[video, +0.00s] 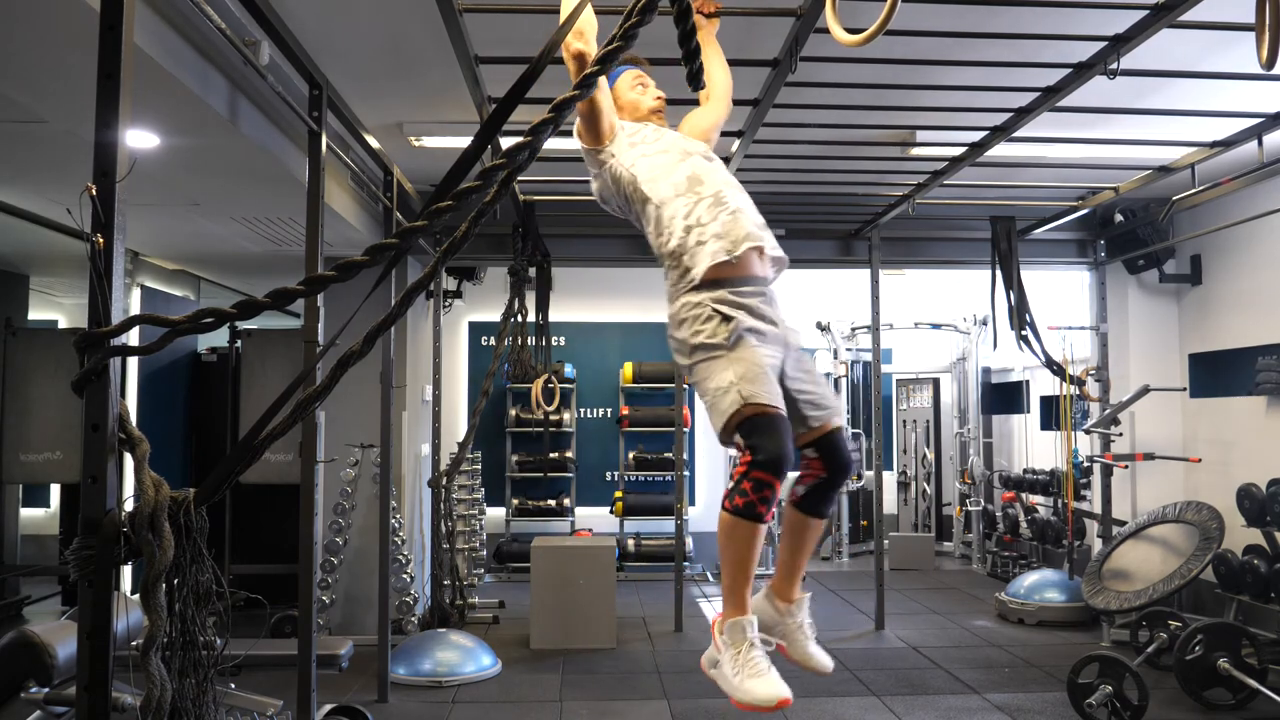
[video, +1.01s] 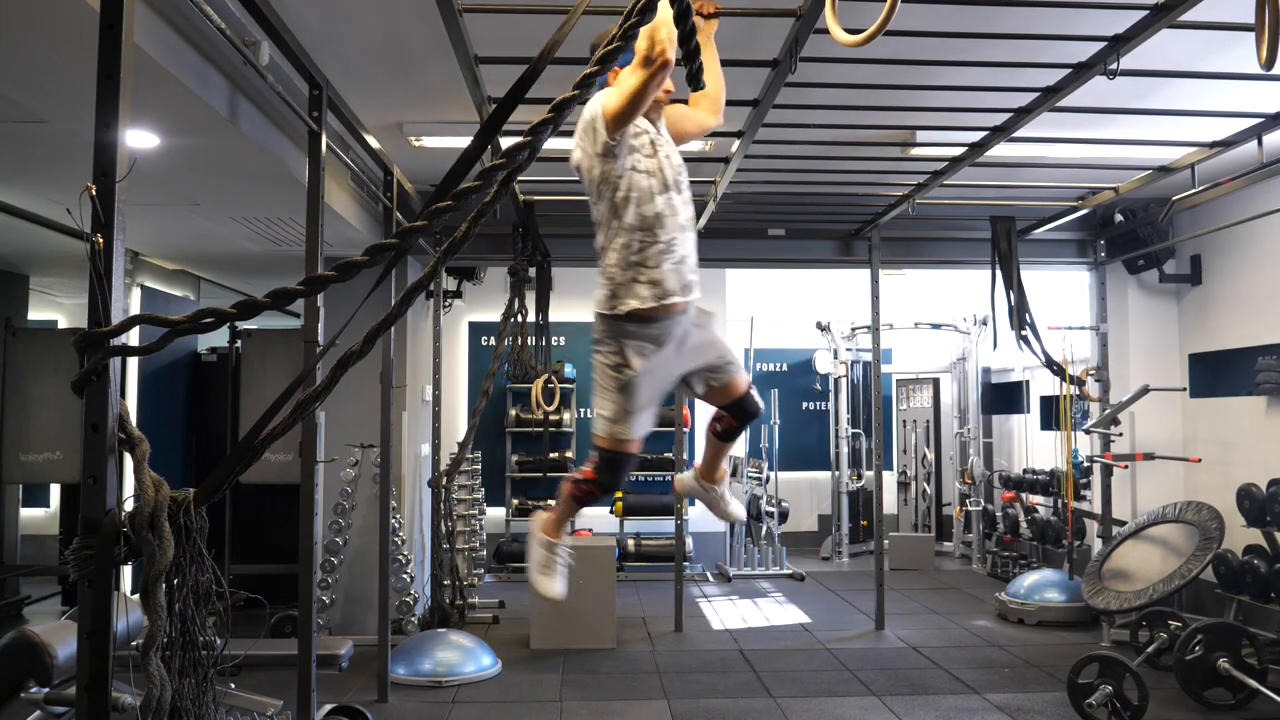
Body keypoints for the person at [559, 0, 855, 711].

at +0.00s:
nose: (644, 78)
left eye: (649, 76)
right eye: (631, 78)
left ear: (663, 97)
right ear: (612, 104)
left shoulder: (691, 138)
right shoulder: (614, 152)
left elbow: (718, 94)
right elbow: (592, 123)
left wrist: (706, 29)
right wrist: (585, 76)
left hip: (768, 302)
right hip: (712, 307)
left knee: (832, 458)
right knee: (766, 453)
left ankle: (781, 601)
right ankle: (731, 633)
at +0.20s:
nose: (632, 79)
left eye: (633, 76)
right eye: (617, 74)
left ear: (636, 96)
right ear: (589, 92)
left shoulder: (652, 144)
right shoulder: (577, 141)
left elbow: (707, 106)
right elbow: (563, 56)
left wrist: (706, 36)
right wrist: (575, 5)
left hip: (682, 314)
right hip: (622, 313)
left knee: (768, 418)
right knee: (717, 394)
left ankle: (779, 576)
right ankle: (751, 562)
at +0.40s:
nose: (621, 75)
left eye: (622, 65)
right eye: (605, 66)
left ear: (624, 74)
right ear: (570, 79)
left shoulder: (626, 129)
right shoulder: (546, 123)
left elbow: (691, 112)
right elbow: (535, 51)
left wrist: (703, 36)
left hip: (604, 293)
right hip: (547, 295)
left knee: (702, 300)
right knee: (645, 294)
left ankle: (755, 430)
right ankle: (713, 422)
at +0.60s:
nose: (620, 52)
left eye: (623, 41)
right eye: (606, 41)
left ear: (629, 45)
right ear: (573, 47)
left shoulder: (624, 94)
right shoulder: (548, 89)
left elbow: (686, 110)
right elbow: (511, 84)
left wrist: (701, 37)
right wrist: (547, 10)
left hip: (591, 261)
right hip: (531, 251)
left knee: (693, 323)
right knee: (599, 210)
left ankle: (630, 427)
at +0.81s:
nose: (635, 56)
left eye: (641, 47)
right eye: (624, 44)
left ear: (643, 50)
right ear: (587, 42)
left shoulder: (635, 98)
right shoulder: (564, 86)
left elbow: (695, 110)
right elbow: (595, 54)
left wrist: (703, 35)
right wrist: (645, 2)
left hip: (625, 278)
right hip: (561, 276)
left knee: (709, 365)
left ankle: (673, 440)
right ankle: (472, 453)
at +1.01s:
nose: (669, 82)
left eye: (672, 73)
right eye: (659, 70)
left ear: (665, 80)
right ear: (628, 72)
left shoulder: (661, 121)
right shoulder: (599, 124)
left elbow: (708, 110)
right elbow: (656, 56)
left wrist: (705, 40)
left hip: (685, 317)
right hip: (629, 327)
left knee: (742, 408)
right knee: (609, 471)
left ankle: (707, 477)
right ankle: (551, 527)